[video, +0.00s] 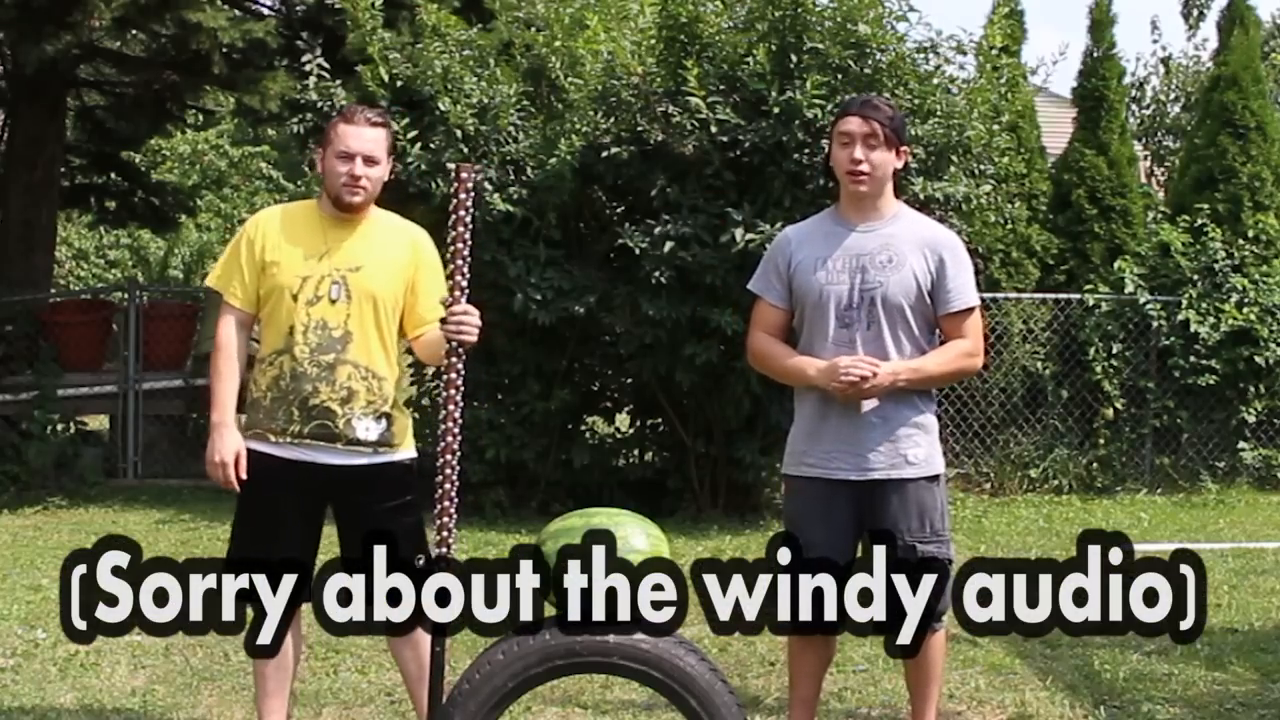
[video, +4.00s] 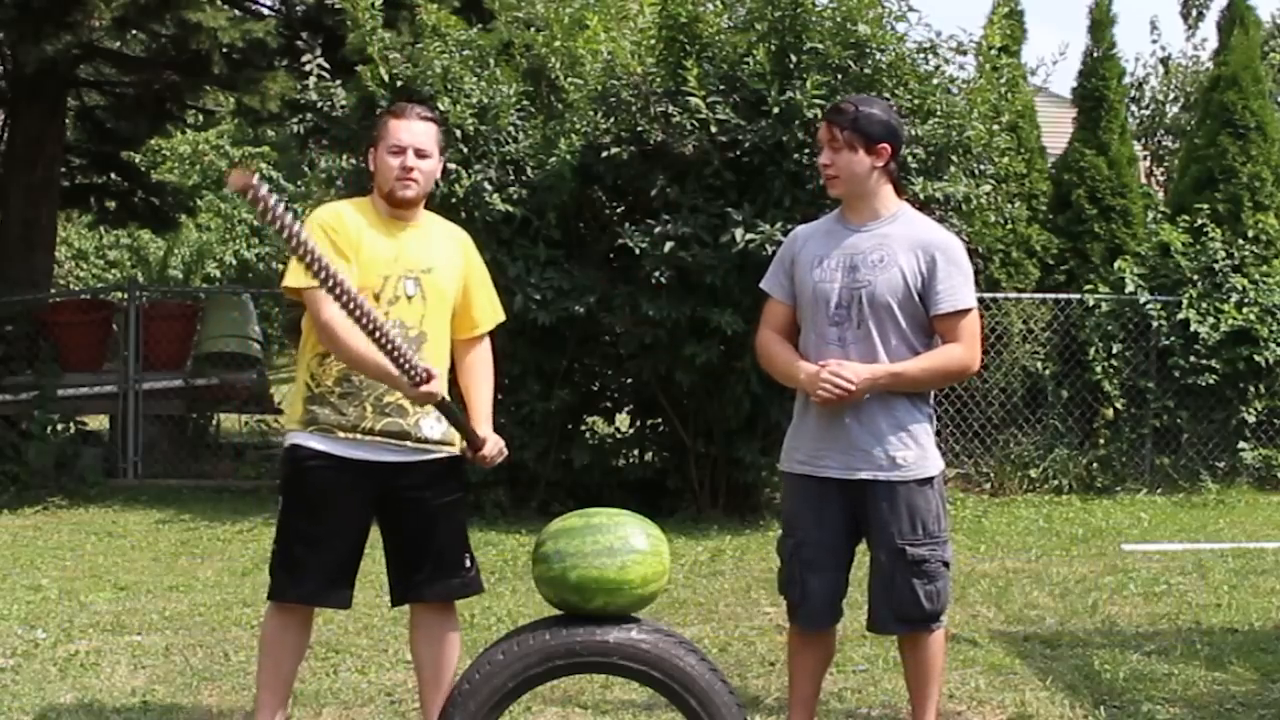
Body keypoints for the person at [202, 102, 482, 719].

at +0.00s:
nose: (357, 170)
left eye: (371, 160)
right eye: (345, 156)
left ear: (388, 171)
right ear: (319, 159)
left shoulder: (411, 243)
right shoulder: (266, 230)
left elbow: (427, 344)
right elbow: (233, 325)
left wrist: (455, 336)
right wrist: (222, 423)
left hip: (378, 459)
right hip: (279, 454)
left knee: (406, 604)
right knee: (272, 603)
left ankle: (435, 715)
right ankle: (273, 718)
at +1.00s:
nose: (369, 168)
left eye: (381, 157)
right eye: (356, 155)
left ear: (396, 166)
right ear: (328, 161)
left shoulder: (424, 239)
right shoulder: (282, 237)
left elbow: (446, 330)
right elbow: (254, 337)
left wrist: (457, 334)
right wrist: (253, 434)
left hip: (406, 458)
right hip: (307, 456)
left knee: (426, 603)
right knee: (293, 601)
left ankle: (438, 714)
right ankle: (277, 715)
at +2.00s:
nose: (362, 158)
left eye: (372, 148)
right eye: (348, 147)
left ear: (383, 161)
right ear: (316, 158)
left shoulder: (413, 234)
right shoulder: (276, 234)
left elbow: (450, 334)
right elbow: (266, 332)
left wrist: (434, 290)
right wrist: (353, 329)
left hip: (407, 449)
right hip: (307, 450)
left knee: (426, 599)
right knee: (290, 599)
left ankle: (437, 716)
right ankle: (276, 716)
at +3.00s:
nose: (400, 152)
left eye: (410, 145)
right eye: (387, 142)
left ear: (422, 163)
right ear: (354, 156)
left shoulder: (437, 245)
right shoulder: (307, 215)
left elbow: (449, 336)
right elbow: (301, 293)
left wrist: (430, 388)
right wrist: (373, 227)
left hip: (411, 452)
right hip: (314, 447)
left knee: (430, 602)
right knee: (290, 600)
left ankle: (437, 716)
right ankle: (272, 715)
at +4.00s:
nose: (409, 164)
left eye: (422, 154)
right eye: (396, 151)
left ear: (440, 167)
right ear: (371, 159)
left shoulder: (456, 245)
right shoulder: (330, 223)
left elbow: (473, 342)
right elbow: (329, 322)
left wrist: (481, 423)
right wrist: (396, 374)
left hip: (425, 454)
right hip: (328, 449)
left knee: (437, 597)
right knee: (295, 595)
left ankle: (439, 716)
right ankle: (269, 714)